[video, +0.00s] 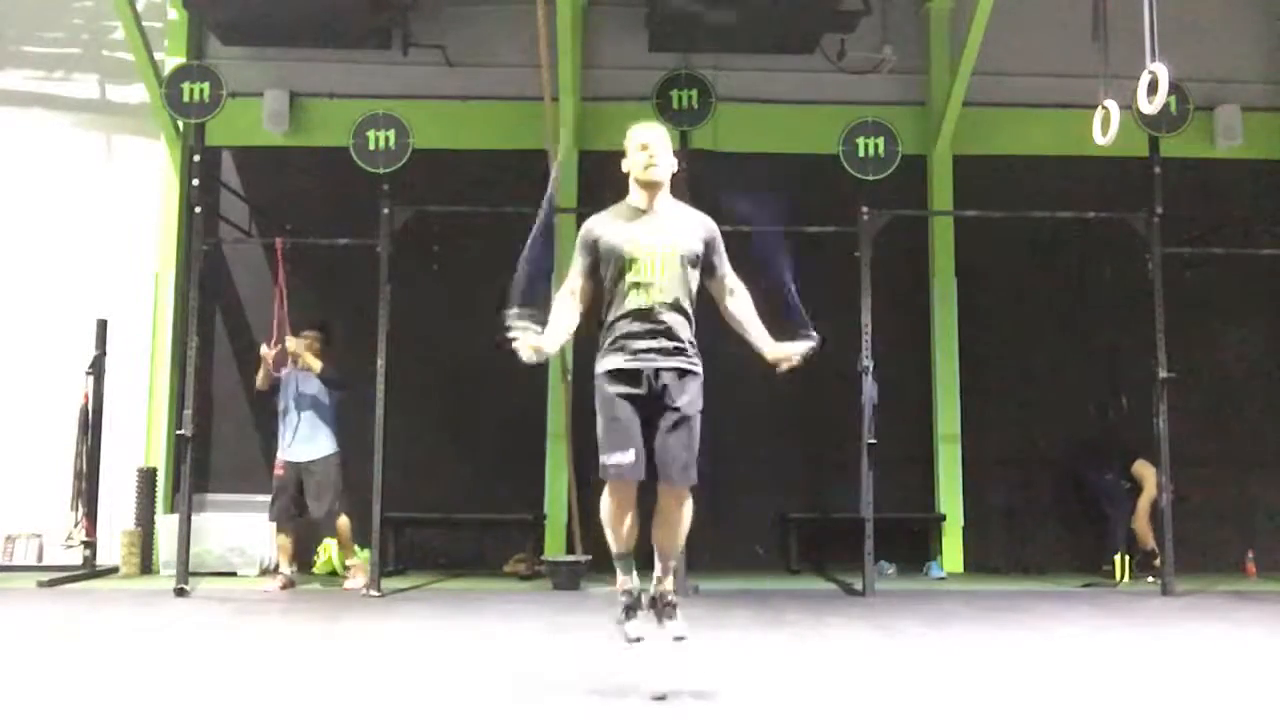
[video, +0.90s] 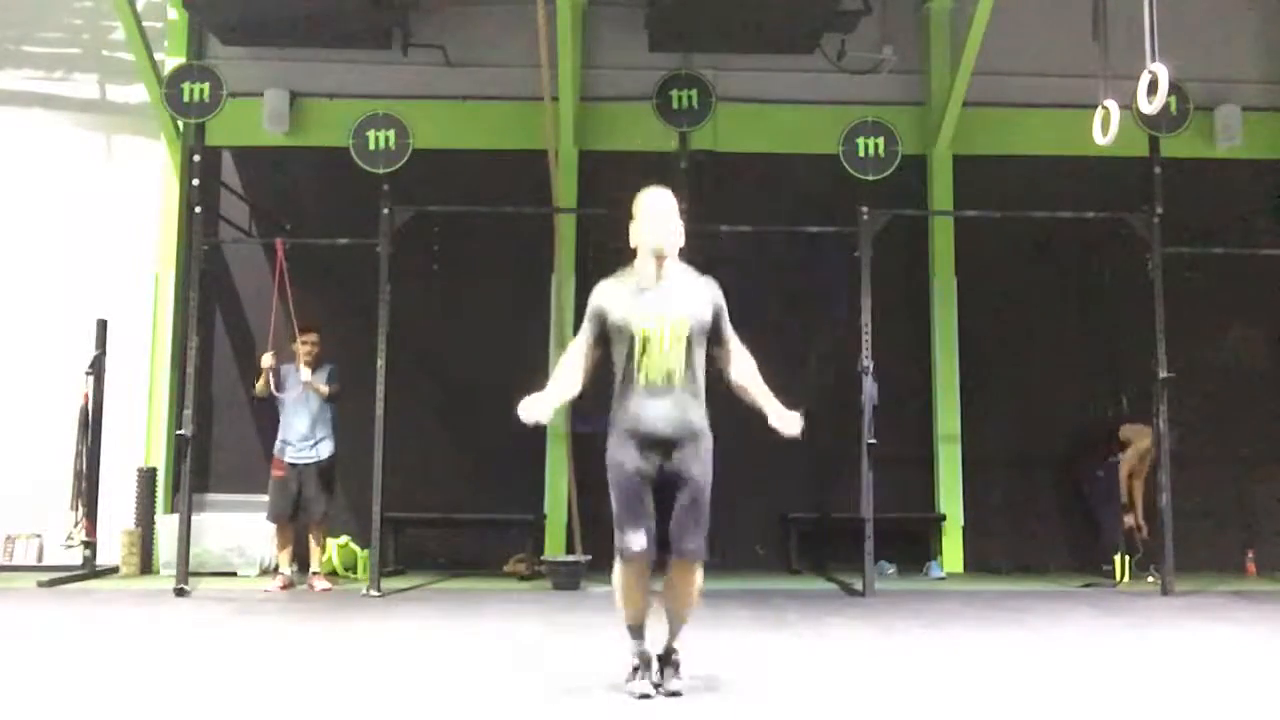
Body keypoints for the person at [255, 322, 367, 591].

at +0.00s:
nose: (308, 350)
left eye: (314, 345)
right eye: (304, 345)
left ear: (322, 350)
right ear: (295, 348)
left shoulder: (327, 375)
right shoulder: (286, 374)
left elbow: (336, 381)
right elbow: (262, 386)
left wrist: (303, 354)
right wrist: (266, 363)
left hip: (321, 453)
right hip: (288, 455)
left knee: (330, 511)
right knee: (283, 514)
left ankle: (354, 566)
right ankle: (285, 572)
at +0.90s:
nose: (309, 349)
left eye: (314, 344)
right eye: (304, 344)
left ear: (320, 348)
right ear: (295, 346)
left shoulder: (327, 371)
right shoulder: (283, 372)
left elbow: (332, 393)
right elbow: (261, 392)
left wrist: (311, 383)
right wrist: (266, 371)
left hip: (317, 452)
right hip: (286, 451)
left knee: (317, 515)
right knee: (282, 516)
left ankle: (315, 572)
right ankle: (284, 572)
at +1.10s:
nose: (312, 355)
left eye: (317, 351)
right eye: (308, 349)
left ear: (325, 355)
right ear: (298, 352)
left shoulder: (334, 376)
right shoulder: (285, 376)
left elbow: (334, 403)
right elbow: (269, 414)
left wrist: (317, 410)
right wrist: (262, 400)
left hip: (323, 455)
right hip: (291, 454)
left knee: (319, 517)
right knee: (287, 516)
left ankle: (316, 573)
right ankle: (284, 572)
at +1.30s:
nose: (319, 372)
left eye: (324, 367)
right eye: (314, 366)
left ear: (332, 367)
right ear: (306, 365)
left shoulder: (341, 388)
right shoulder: (294, 381)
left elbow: (339, 417)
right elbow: (278, 406)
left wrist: (324, 437)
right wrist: (269, 421)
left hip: (327, 462)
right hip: (294, 460)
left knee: (325, 517)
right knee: (278, 511)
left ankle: (316, 574)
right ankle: (276, 567)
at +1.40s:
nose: (320, 381)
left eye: (326, 376)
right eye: (316, 375)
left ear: (338, 374)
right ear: (311, 370)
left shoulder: (345, 395)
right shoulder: (298, 384)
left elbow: (340, 430)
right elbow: (281, 415)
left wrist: (320, 459)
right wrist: (273, 440)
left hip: (325, 456)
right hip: (293, 452)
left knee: (324, 515)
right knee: (262, 465)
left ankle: (316, 572)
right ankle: (269, 529)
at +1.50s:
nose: (322, 388)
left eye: (328, 385)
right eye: (320, 382)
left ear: (340, 381)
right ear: (316, 375)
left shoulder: (349, 401)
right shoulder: (301, 386)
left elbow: (342, 441)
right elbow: (285, 423)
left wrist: (321, 475)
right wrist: (280, 460)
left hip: (328, 457)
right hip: (298, 449)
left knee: (321, 514)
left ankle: (316, 571)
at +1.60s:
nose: (327, 391)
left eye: (333, 388)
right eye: (325, 386)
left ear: (344, 384)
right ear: (320, 377)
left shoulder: (351, 404)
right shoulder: (304, 387)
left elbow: (346, 445)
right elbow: (289, 425)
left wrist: (325, 483)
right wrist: (285, 462)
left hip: (327, 454)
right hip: (300, 445)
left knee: (321, 514)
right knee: (255, 422)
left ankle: (316, 573)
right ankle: (291, 470)